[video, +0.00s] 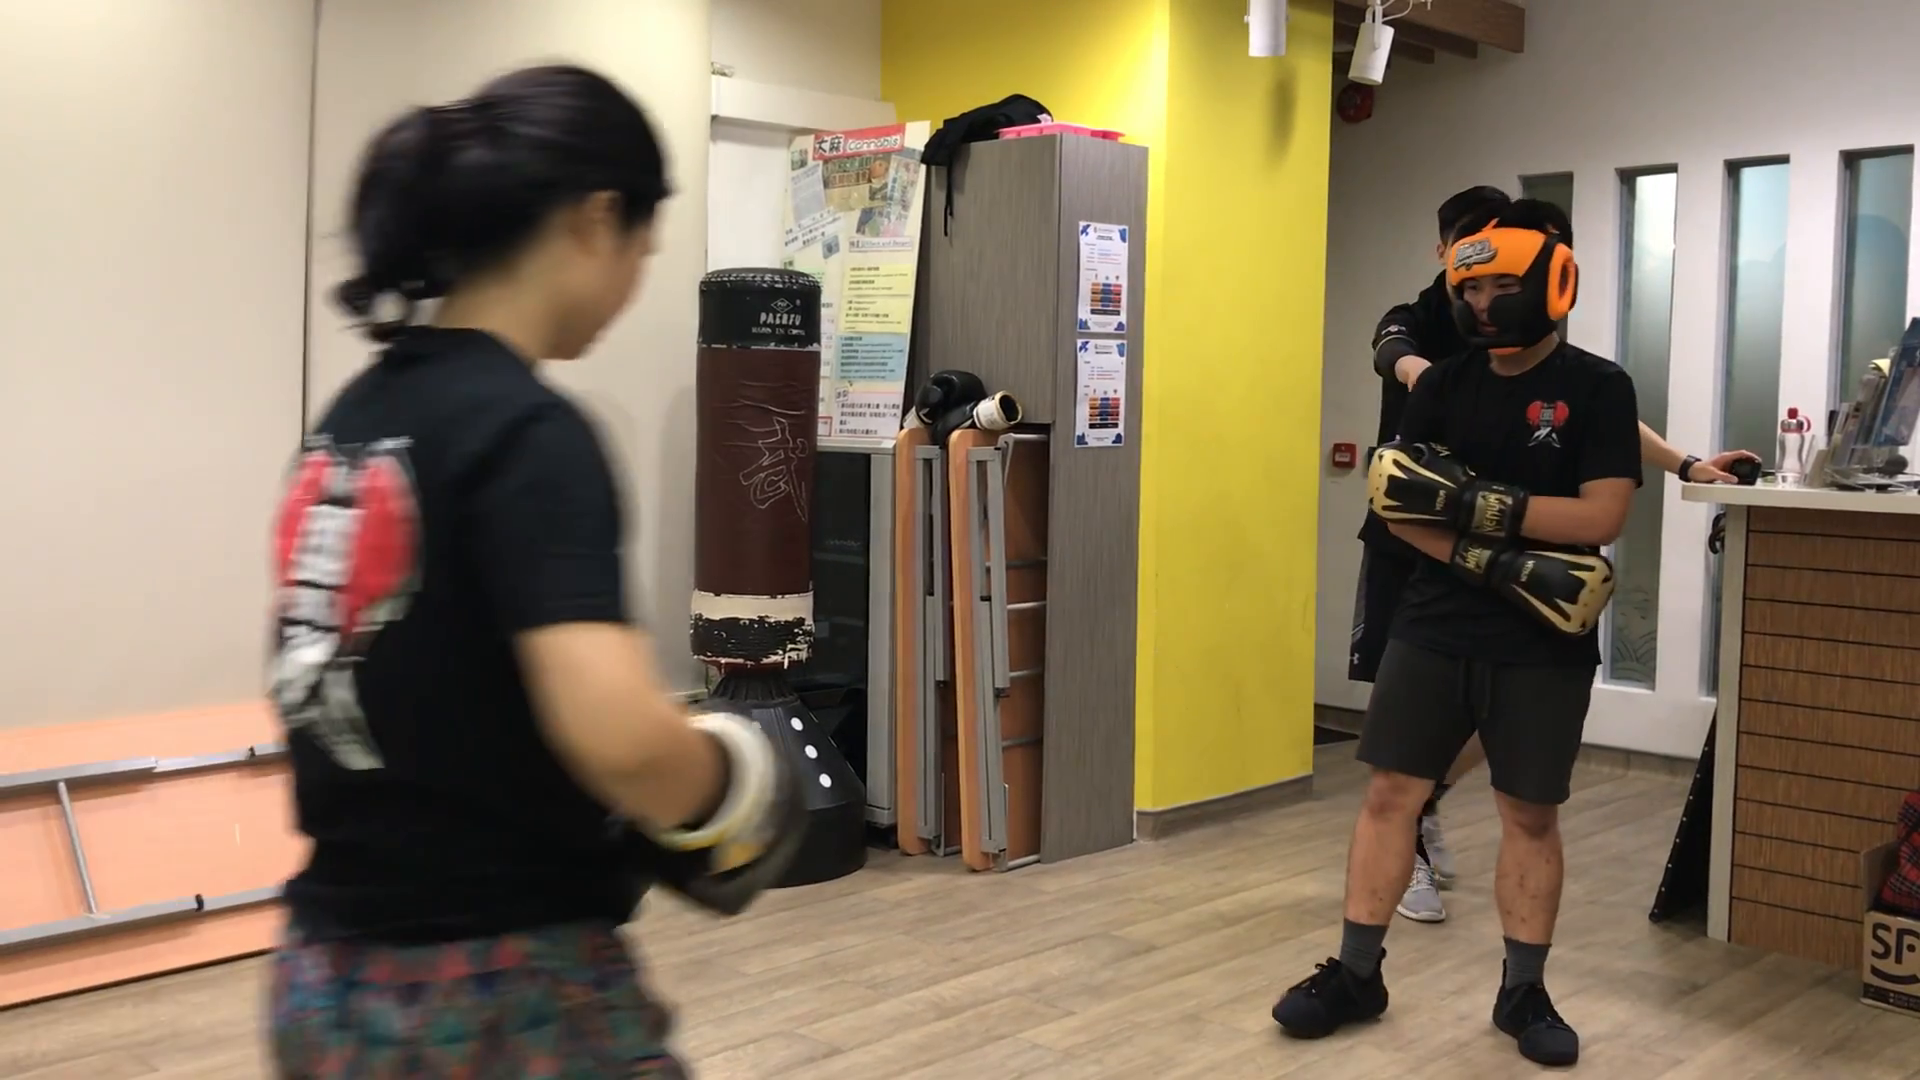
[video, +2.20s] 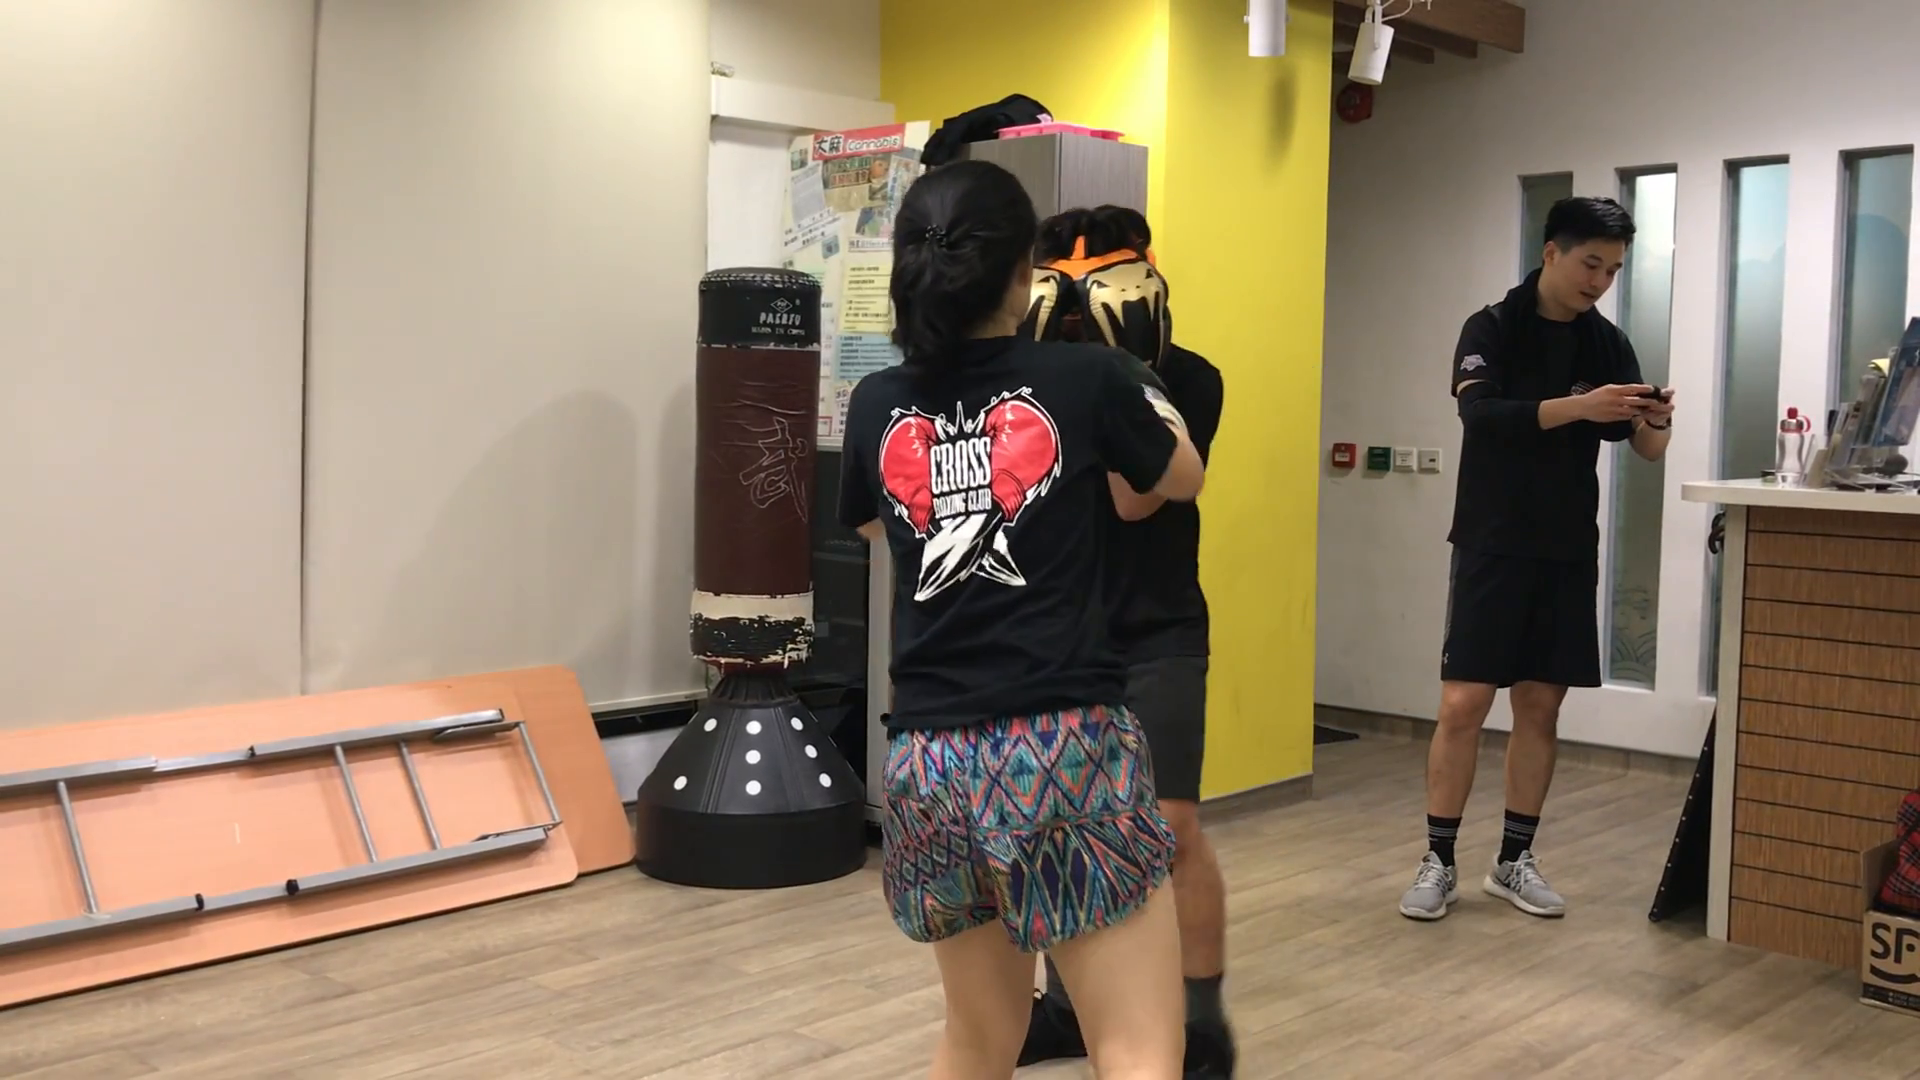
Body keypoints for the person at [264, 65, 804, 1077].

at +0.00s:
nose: (633, 288)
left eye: (643, 255)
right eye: (641, 251)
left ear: (470, 223)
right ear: (591, 221)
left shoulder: (353, 418)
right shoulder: (529, 430)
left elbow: (401, 699)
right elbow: (616, 736)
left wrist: (628, 803)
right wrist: (740, 779)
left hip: (334, 973)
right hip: (511, 987)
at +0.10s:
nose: (727, 278)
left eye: (734, 245)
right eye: (732, 241)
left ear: (562, 208)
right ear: (692, 213)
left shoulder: (424, 409)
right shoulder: (667, 423)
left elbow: (380, 663)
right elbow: (799, 729)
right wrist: (863, 724)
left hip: (440, 953)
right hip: (640, 961)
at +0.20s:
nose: (793, 264)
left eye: (802, 231)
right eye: (800, 227)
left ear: (628, 201)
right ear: (763, 207)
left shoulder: (487, 398)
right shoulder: (773, 410)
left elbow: (485, 662)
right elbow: (927, 693)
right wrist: (983, 663)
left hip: (527, 938)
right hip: (734, 938)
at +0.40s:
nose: (872, 246)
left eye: (875, 218)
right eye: (874, 216)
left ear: (696, 210)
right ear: (847, 215)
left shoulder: (588, 397)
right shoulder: (902, 408)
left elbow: (577, 633)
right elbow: (1044, 659)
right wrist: (1061, 580)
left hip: (637, 917)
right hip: (845, 916)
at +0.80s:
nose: (937, 256)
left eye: (934, 231)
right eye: (936, 230)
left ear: (792, 237)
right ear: (916, 231)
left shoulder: (712, 406)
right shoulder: (957, 392)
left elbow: (716, 626)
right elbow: (1063, 615)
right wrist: (1091, 547)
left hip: (770, 852)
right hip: (947, 849)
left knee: (828, 1066)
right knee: (1049, 1063)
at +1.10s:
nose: (1038, 269)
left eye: (1035, 245)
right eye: (1037, 244)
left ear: (896, 252)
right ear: (1019, 251)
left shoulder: (833, 414)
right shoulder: (1079, 403)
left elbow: (833, 624)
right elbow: (1188, 605)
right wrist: (1169, 494)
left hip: (883, 834)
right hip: (1054, 839)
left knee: (894, 1064)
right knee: (1089, 1063)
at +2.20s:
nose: (1041, 266)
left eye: (1032, 251)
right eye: (1034, 251)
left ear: (908, 264)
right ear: (1024, 263)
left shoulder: (877, 401)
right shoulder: (1088, 379)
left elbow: (873, 519)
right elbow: (1182, 476)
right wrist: (1130, 374)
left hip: (930, 754)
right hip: (1074, 747)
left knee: (975, 1038)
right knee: (1138, 1050)